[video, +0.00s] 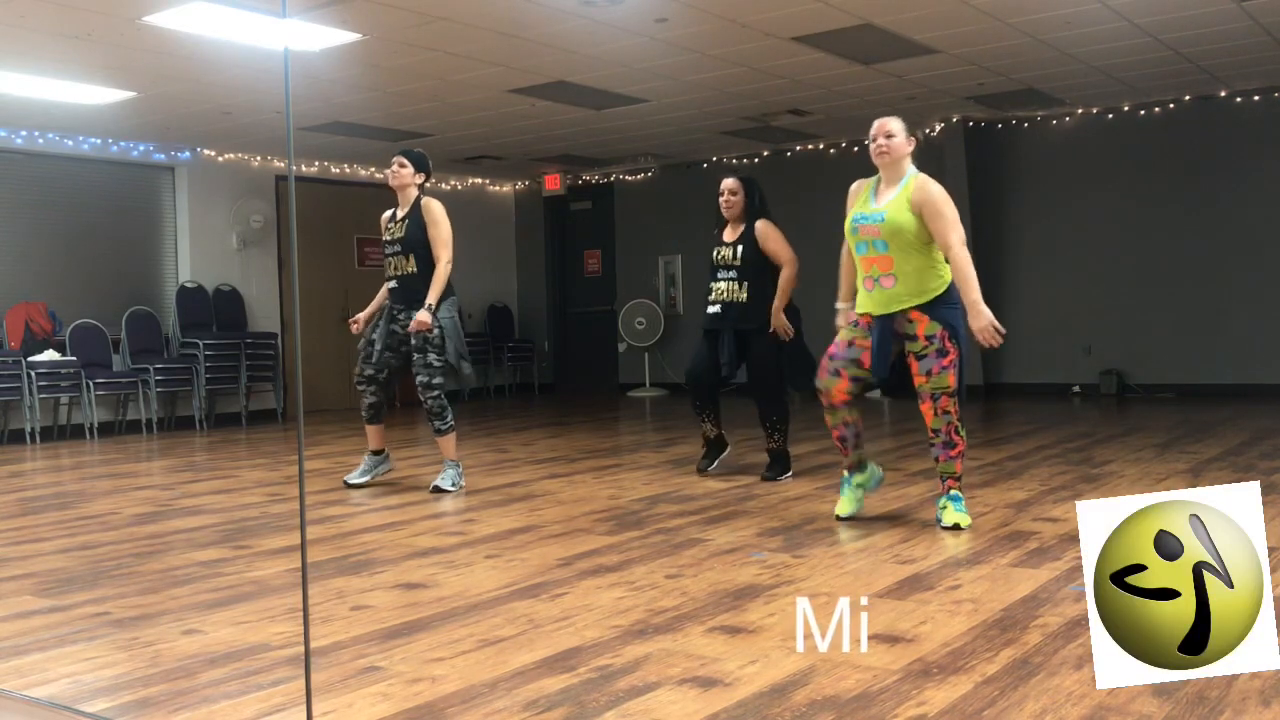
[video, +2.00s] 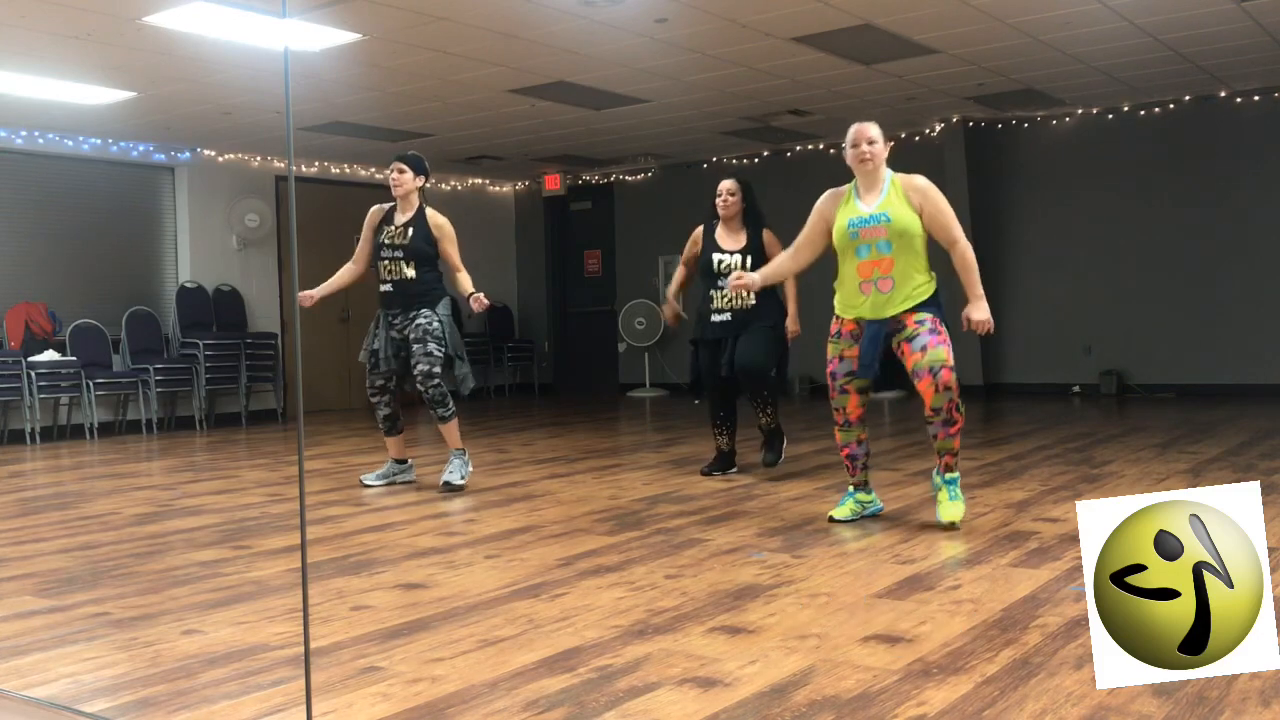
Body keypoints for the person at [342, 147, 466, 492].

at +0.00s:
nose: (391, 169)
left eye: (400, 166)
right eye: (391, 165)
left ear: (419, 176)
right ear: (390, 176)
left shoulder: (431, 207)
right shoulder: (388, 218)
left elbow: (444, 261)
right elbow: (395, 276)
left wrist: (428, 308)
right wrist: (368, 312)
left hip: (427, 311)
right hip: (394, 312)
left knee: (430, 388)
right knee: (368, 377)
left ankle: (452, 467)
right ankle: (377, 456)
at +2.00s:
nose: (392, 177)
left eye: (401, 172)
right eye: (391, 172)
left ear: (421, 180)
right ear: (390, 180)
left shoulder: (436, 222)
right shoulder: (377, 215)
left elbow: (456, 269)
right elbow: (357, 265)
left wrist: (470, 294)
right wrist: (318, 292)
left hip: (427, 313)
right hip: (389, 316)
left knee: (428, 377)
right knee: (379, 386)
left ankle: (458, 457)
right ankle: (399, 463)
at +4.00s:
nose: (401, 172)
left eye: (408, 167)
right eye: (400, 167)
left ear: (428, 176)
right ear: (402, 177)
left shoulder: (440, 206)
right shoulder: (405, 220)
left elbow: (452, 255)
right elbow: (411, 274)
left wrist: (428, 298)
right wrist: (391, 307)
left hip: (439, 309)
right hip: (407, 308)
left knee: (437, 384)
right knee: (367, 370)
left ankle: (458, 465)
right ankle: (386, 445)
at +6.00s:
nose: (393, 170)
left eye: (401, 164)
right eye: (392, 165)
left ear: (421, 171)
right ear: (393, 173)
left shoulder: (439, 213)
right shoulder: (383, 210)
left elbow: (456, 263)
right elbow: (368, 264)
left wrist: (455, 294)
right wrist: (339, 305)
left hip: (425, 309)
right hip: (388, 311)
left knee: (430, 382)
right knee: (394, 387)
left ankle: (458, 461)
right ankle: (402, 463)